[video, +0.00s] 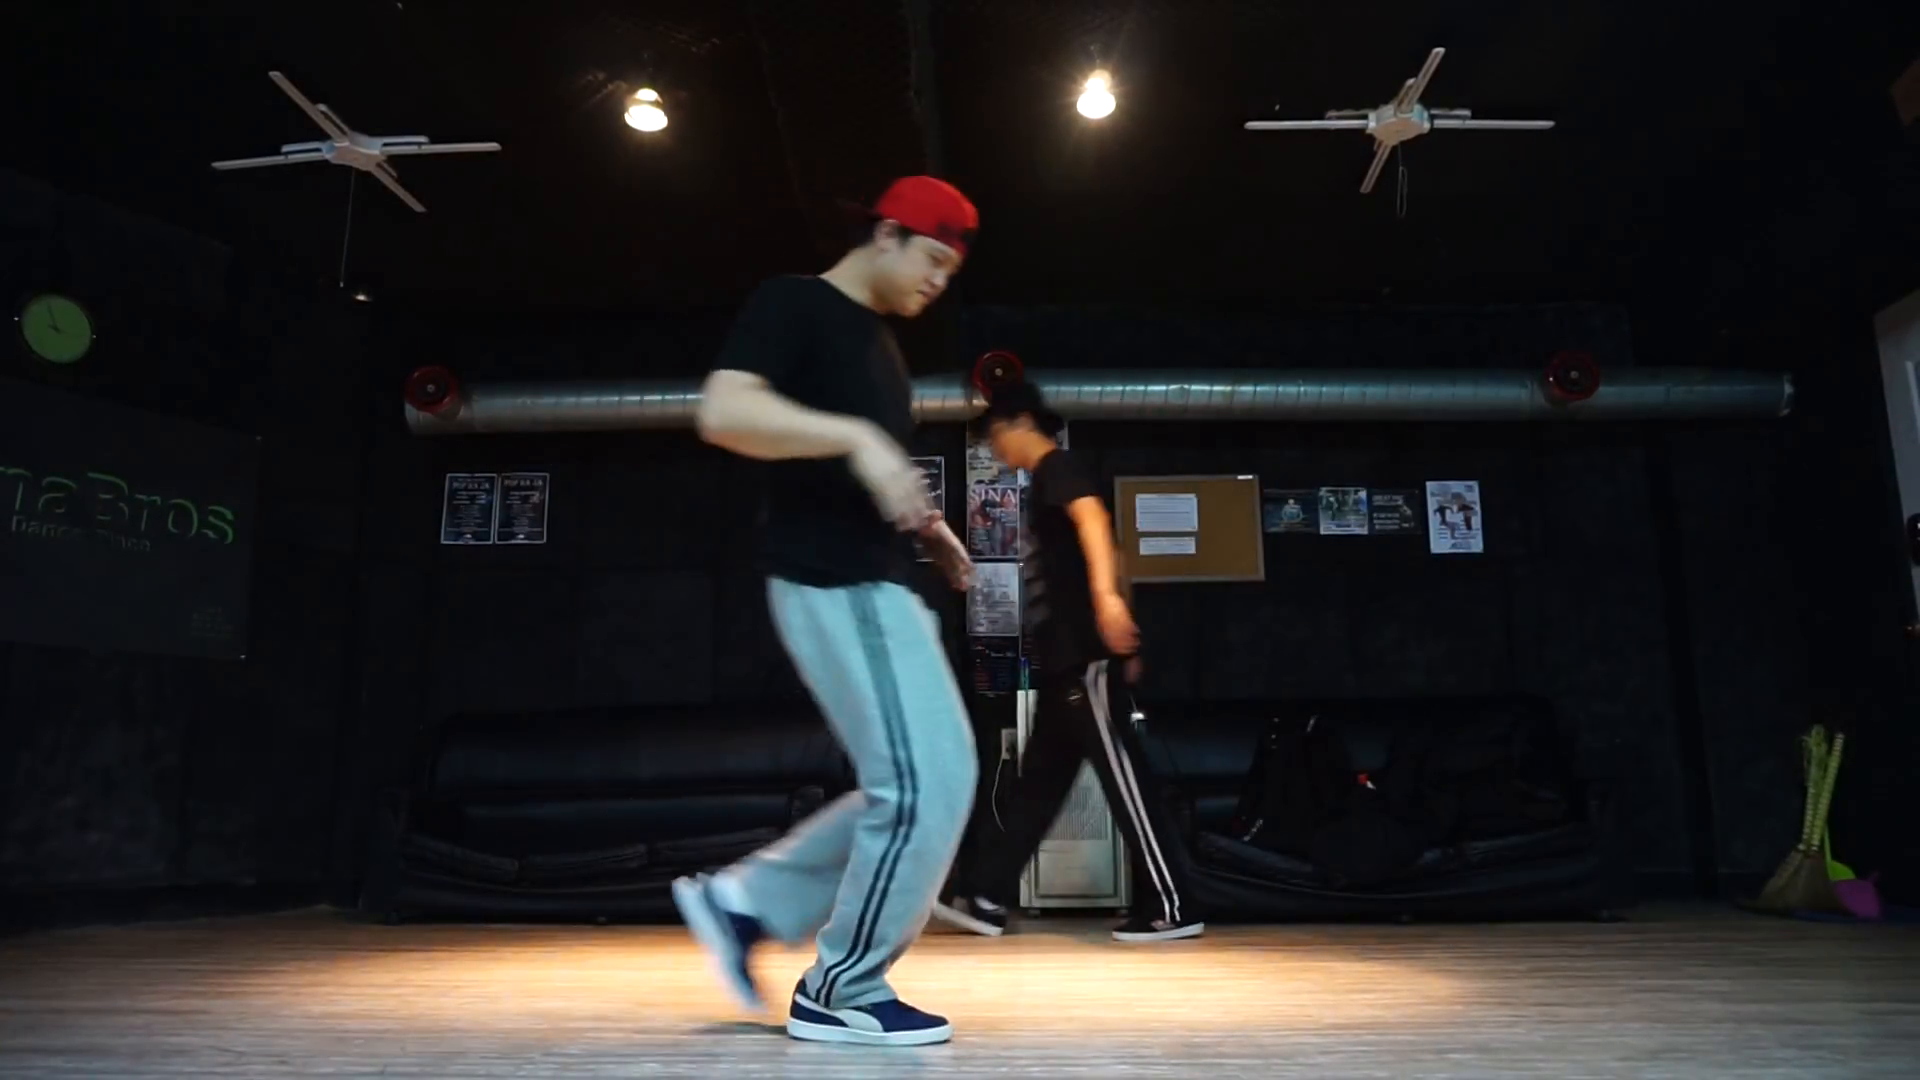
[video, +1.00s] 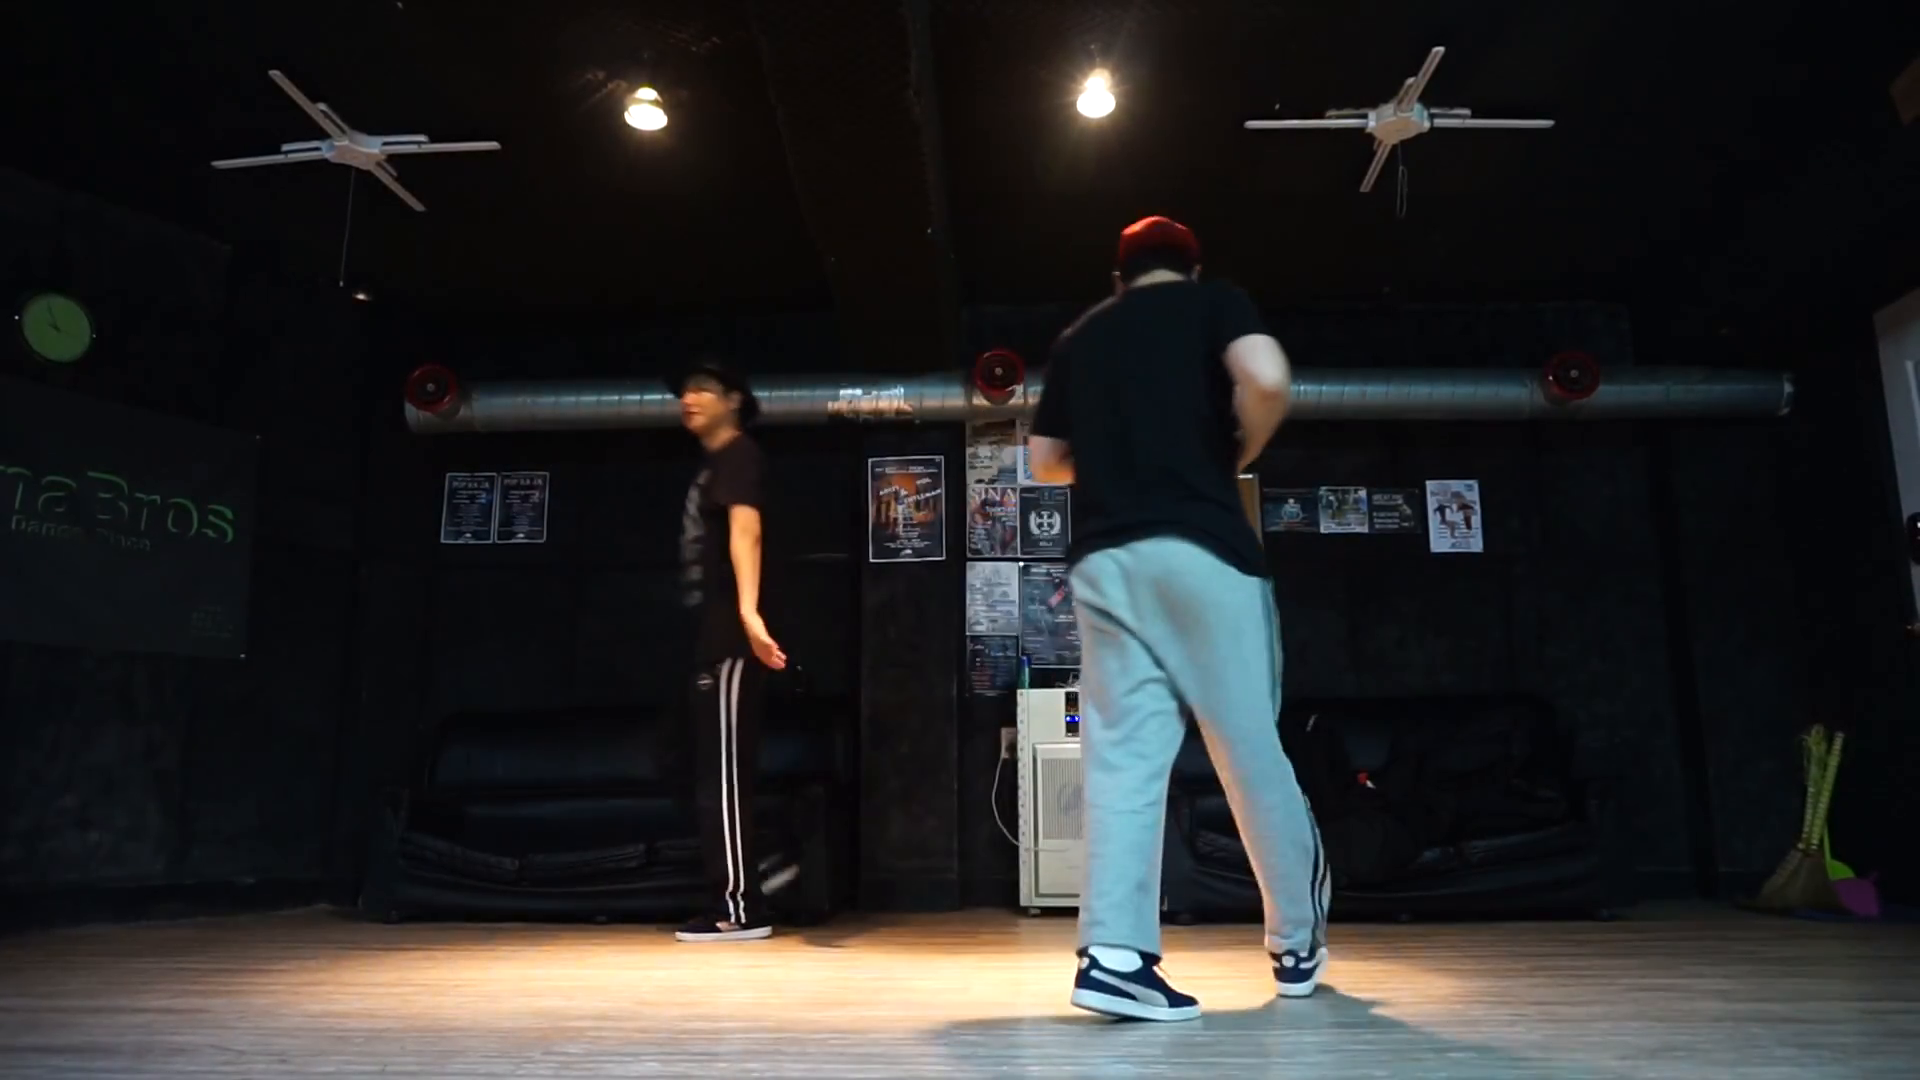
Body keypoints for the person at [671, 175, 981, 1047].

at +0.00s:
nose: (938, 280)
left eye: (948, 268)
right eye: (930, 258)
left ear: (939, 269)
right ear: (884, 234)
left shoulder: (875, 341)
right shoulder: (795, 305)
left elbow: (871, 461)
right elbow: (723, 410)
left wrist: (925, 524)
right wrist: (858, 436)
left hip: (875, 585)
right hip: (834, 587)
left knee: (914, 787)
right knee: (927, 782)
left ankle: (740, 901)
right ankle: (843, 989)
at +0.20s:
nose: (1006, 266)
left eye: (1013, 251)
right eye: (1005, 244)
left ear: (973, 223)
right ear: (966, 215)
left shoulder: (931, 310)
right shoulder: (876, 277)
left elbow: (923, 444)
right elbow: (861, 375)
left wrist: (975, 484)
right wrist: (992, 350)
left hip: (948, 570)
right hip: (903, 567)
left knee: (1026, 748)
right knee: (937, 771)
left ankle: (936, 958)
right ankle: (841, 985)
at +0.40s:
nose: (1077, 264)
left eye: (1079, 248)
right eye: (1076, 242)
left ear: (1013, 215)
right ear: (1053, 220)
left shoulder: (963, 279)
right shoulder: (997, 260)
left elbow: (902, 430)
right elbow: (1012, 359)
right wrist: (1122, 374)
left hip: (981, 556)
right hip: (974, 556)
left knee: (1066, 754)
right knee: (944, 765)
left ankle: (1109, 968)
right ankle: (844, 980)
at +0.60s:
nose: (1128, 298)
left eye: (1123, 287)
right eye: (1125, 286)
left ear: (1048, 273)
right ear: (1109, 275)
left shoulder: (991, 338)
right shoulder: (1098, 297)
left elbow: (956, 480)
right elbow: (1119, 401)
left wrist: (1053, 481)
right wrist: (1184, 479)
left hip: (1006, 583)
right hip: (1068, 578)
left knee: (1108, 777)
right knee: (1131, 778)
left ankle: (1118, 973)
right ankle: (932, 914)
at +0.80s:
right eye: (1151, 279)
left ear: (1076, 286)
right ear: (1147, 280)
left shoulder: (1031, 351)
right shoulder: (1163, 310)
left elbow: (1006, 485)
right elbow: (1203, 410)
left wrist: (1077, 467)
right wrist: (1192, 493)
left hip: (1055, 582)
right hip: (1142, 565)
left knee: (1129, 777)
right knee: (1233, 749)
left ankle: (1112, 972)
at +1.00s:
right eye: (1186, 264)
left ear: (1119, 275)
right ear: (1192, 267)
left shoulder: (1078, 339)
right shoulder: (1215, 300)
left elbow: (1047, 461)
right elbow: (1267, 381)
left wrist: (1120, 461)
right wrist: (1241, 457)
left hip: (1103, 555)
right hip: (1199, 542)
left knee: (1124, 757)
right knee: (1250, 751)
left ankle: (1114, 958)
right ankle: (1296, 944)